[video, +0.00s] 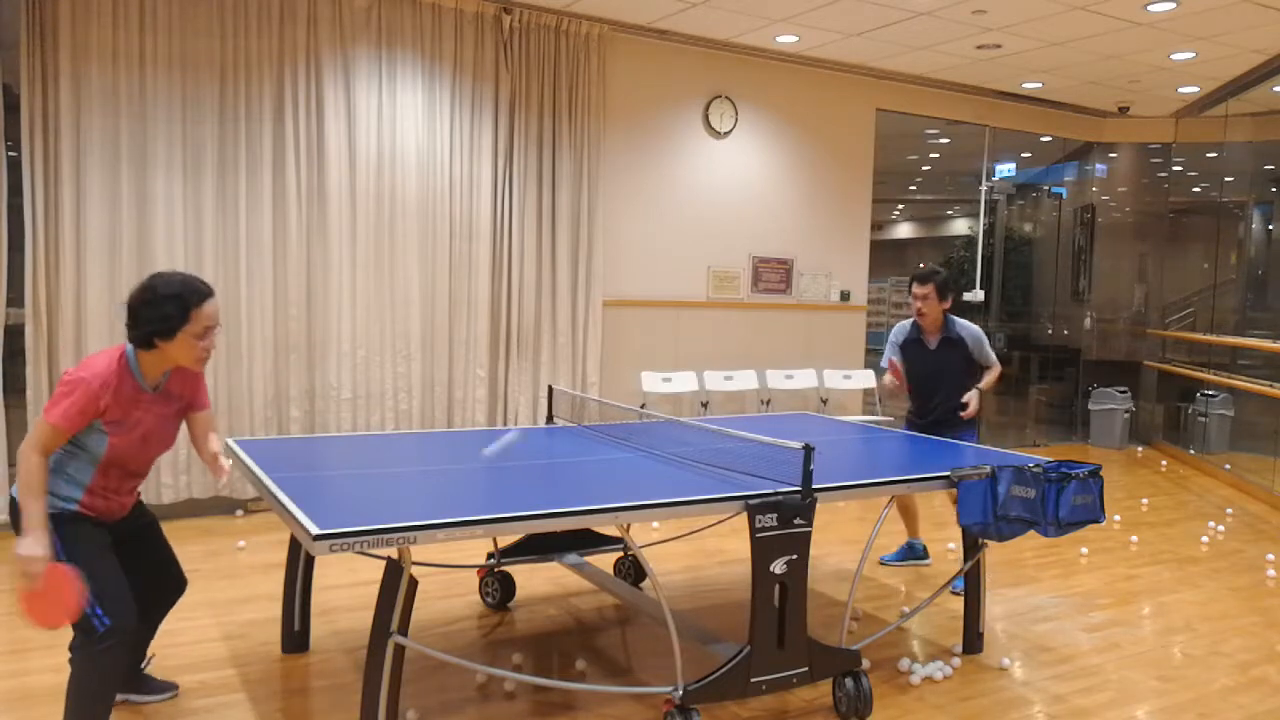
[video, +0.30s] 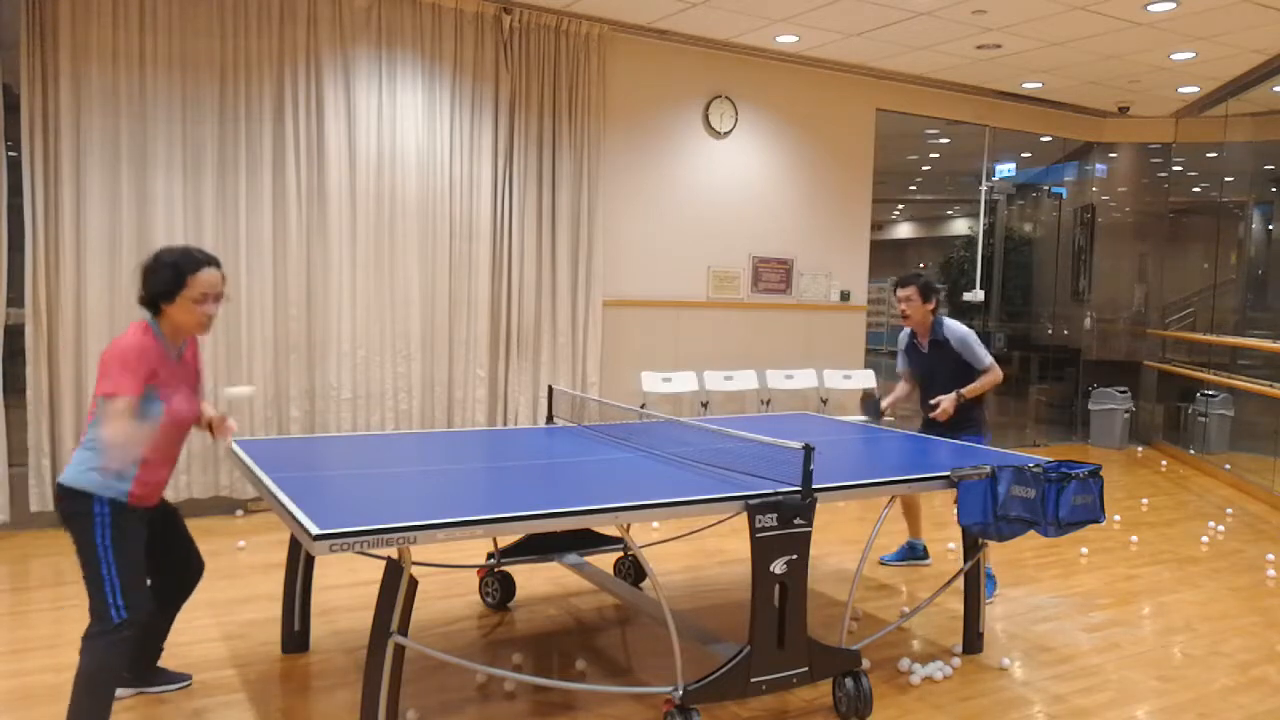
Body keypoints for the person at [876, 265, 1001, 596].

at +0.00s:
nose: (918, 305)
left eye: (925, 298)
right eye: (914, 298)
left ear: (946, 302)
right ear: (909, 300)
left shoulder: (968, 333)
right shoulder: (901, 332)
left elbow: (994, 367)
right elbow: (889, 380)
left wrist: (978, 391)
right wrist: (893, 382)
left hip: (958, 424)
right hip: (918, 422)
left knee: (956, 488)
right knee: (899, 480)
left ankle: (972, 563)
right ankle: (915, 544)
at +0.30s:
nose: (901, 308)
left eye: (908, 302)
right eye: (899, 302)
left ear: (930, 304)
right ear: (898, 305)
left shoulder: (956, 334)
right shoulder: (907, 338)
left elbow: (994, 373)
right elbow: (908, 382)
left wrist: (958, 396)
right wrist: (888, 402)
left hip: (968, 430)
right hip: (931, 428)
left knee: (967, 498)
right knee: (903, 476)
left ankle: (983, 570)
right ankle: (916, 545)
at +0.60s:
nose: (899, 321)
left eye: (904, 313)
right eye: (897, 314)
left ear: (928, 310)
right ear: (926, 313)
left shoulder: (948, 338)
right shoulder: (945, 333)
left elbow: (992, 379)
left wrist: (948, 406)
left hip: (973, 435)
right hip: (954, 432)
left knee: (952, 506)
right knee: (917, 479)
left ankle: (998, 575)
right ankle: (916, 544)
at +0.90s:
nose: (953, 291)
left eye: (959, 283)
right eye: (951, 284)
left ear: (984, 283)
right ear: (957, 286)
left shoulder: (1011, 322)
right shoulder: (961, 317)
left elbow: (1039, 371)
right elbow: (948, 354)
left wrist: (991, 375)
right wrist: (923, 342)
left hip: (1001, 427)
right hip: (967, 420)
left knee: (997, 498)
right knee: (934, 464)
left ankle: (1008, 577)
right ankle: (939, 525)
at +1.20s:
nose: (965, 305)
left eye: (973, 298)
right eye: (962, 298)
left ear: (997, 303)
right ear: (961, 302)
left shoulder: (1024, 342)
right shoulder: (965, 337)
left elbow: (1053, 388)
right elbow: (963, 380)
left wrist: (1014, 408)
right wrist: (939, 399)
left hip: (1015, 438)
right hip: (977, 432)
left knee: (1011, 508)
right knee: (943, 480)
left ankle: (1034, 584)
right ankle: (942, 549)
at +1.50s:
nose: (911, 323)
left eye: (913, 316)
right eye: (910, 316)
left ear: (932, 314)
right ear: (931, 313)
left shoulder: (961, 336)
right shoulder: (946, 340)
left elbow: (1003, 377)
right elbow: (952, 380)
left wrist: (963, 409)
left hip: (996, 437)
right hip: (971, 434)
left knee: (998, 510)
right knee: (939, 477)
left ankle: (1035, 585)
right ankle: (941, 547)